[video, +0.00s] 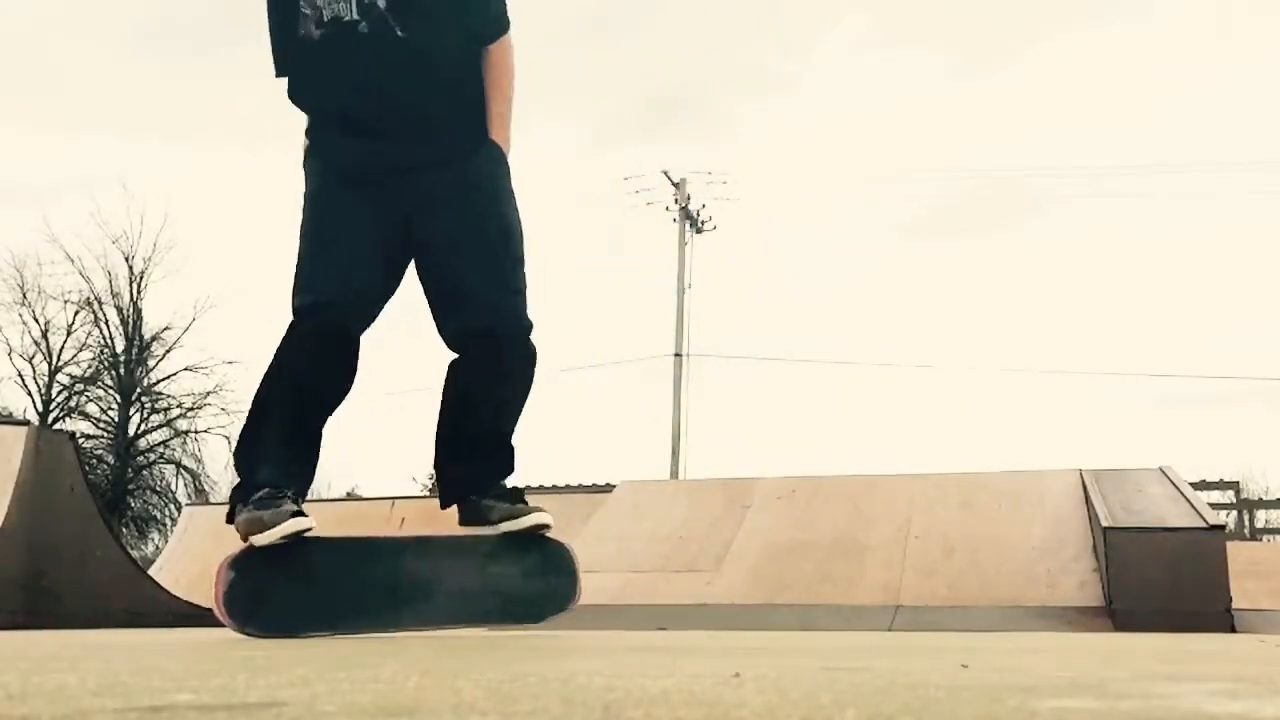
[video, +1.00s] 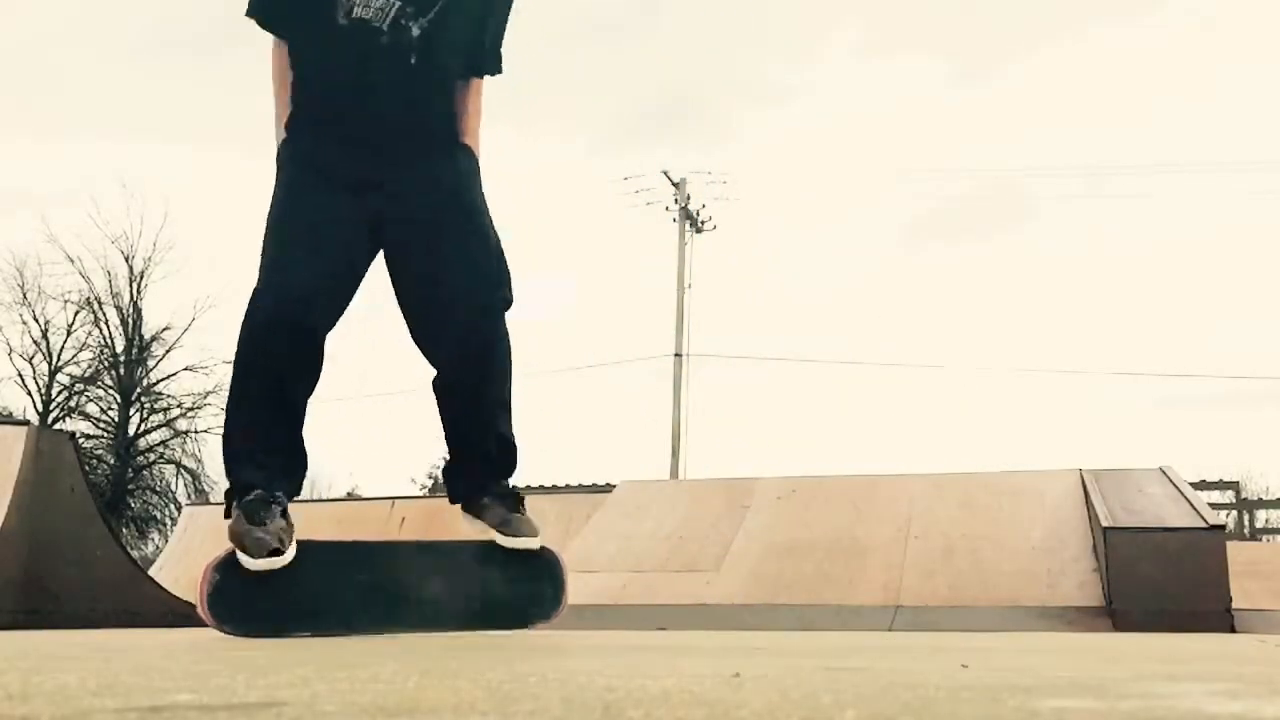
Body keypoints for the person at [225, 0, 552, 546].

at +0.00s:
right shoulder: (290, 7)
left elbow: (495, 38)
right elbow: (302, 78)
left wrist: (495, 150)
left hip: (460, 162)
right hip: (350, 171)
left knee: (497, 333)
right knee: (324, 324)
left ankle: (479, 487)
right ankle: (264, 490)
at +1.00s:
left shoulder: (480, 6)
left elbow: (469, 75)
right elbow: (287, 51)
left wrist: (466, 175)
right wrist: (292, 154)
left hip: (432, 156)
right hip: (324, 153)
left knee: (473, 314)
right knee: (286, 316)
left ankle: (484, 481)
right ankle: (259, 492)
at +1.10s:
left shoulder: (472, 6)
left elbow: (468, 23)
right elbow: (286, 9)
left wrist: (452, 110)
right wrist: (288, 93)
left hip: (414, 109)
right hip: (325, 106)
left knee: (498, 211)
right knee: (315, 258)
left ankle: (474, 380)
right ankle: (279, 430)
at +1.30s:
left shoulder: (475, 5)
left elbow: (436, 70)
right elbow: (276, 36)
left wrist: (431, 152)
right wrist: (311, 147)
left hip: (414, 149)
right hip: (337, 143)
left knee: (476, 311)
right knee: (359, 299)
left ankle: (366, 461)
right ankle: (290, 504)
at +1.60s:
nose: (550, 52)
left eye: (567, 45)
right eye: (554, 30)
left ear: (577, 42)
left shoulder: (503, 80)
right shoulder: (405, 14)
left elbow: (426, 158)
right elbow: (299, 55)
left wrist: (393, 216)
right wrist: (309, 185)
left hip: (387, 221)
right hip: (309, 194)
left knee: (435, 382)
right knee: (365, 334)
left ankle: (359, 541)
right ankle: (279, 529)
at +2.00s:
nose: (595, 63)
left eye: (608, 61)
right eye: (605, 46)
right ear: (586, 6)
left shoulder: (495, 68)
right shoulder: (476, 9)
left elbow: (410, 134)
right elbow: (366, 28)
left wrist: (394, 196)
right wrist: (346, 156)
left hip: (383, 194)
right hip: (322, 165)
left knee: (410, 371)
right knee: (348, 331)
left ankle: (342, 541)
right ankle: (256, 526)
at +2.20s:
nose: (582, 62)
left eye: (594, 62)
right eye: (595, 48)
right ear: (583, 4)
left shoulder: (499, 42)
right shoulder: (518, 5)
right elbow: (454, 33)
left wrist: (417, 183)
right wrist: (417, 147)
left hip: (394, 180)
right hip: (367, 154)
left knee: (402, 360)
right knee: (348, 323)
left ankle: (331, 538)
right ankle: (240, 519)